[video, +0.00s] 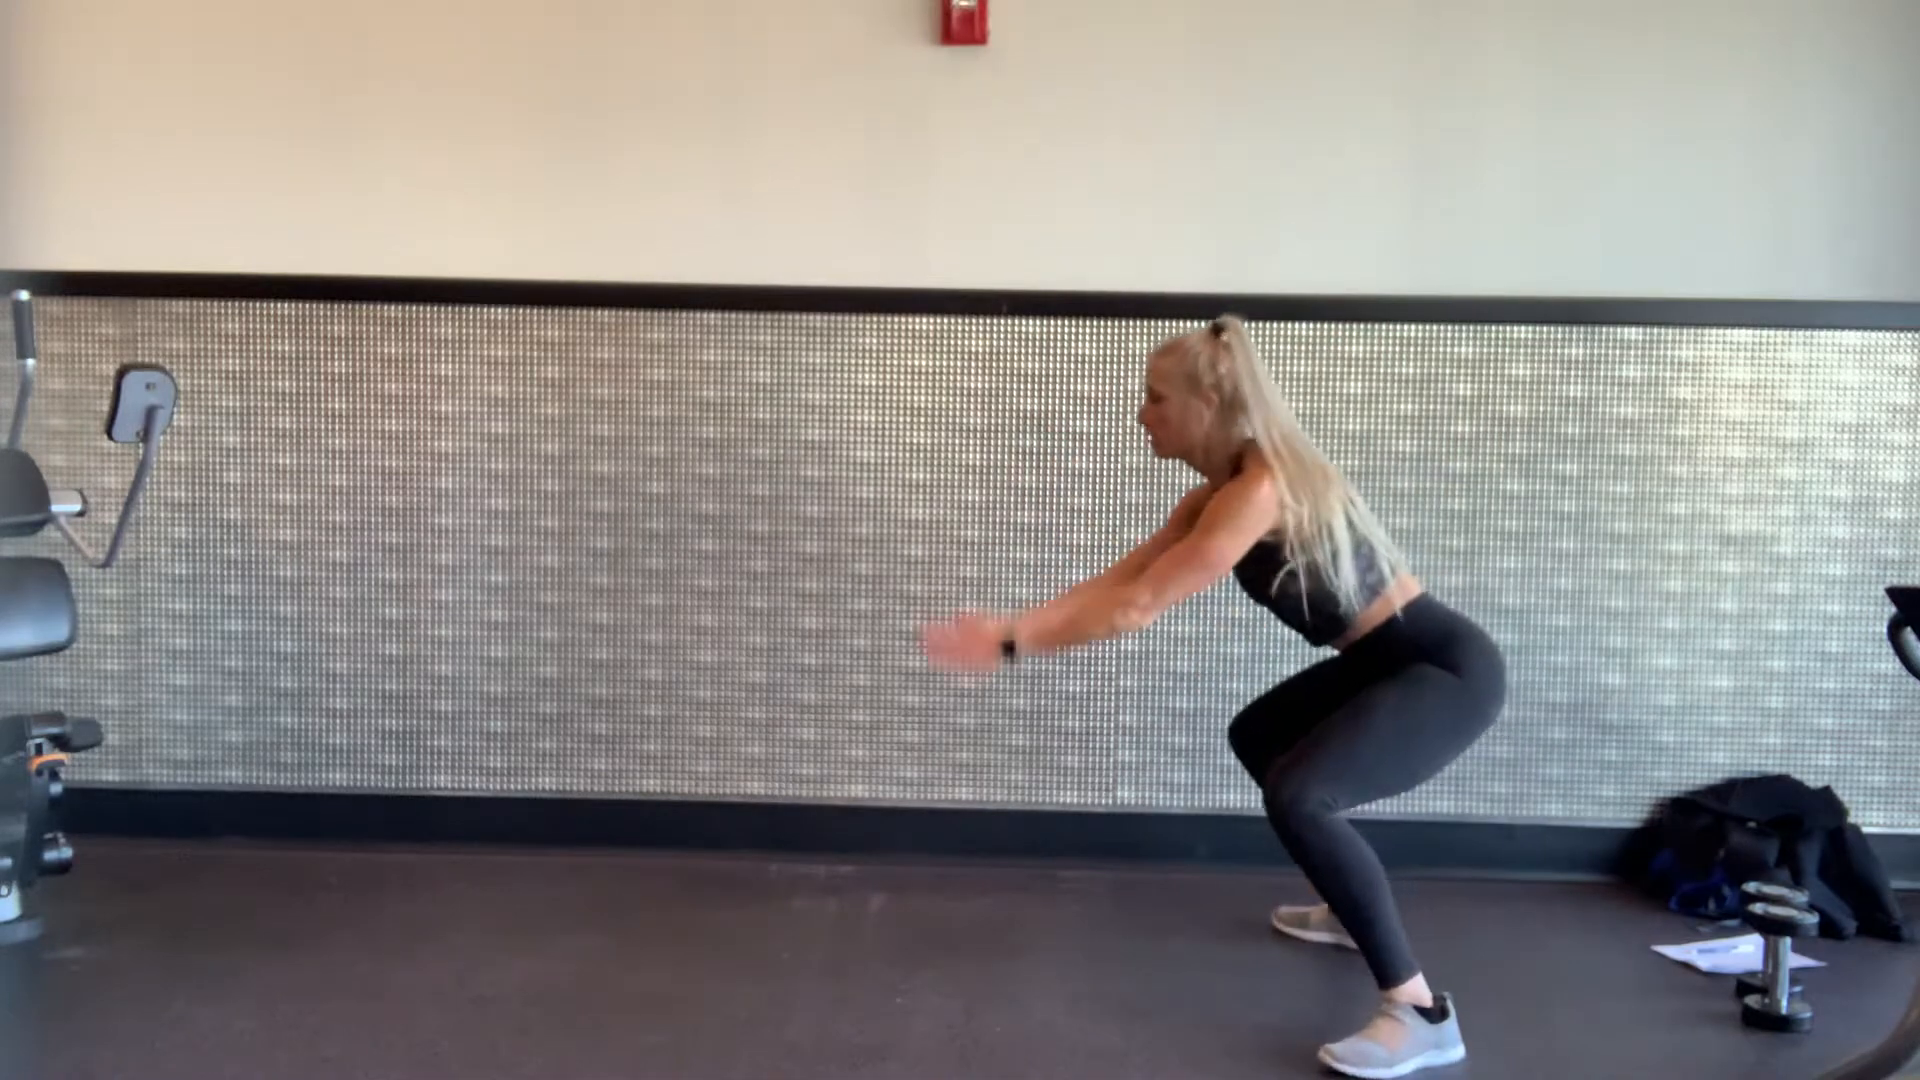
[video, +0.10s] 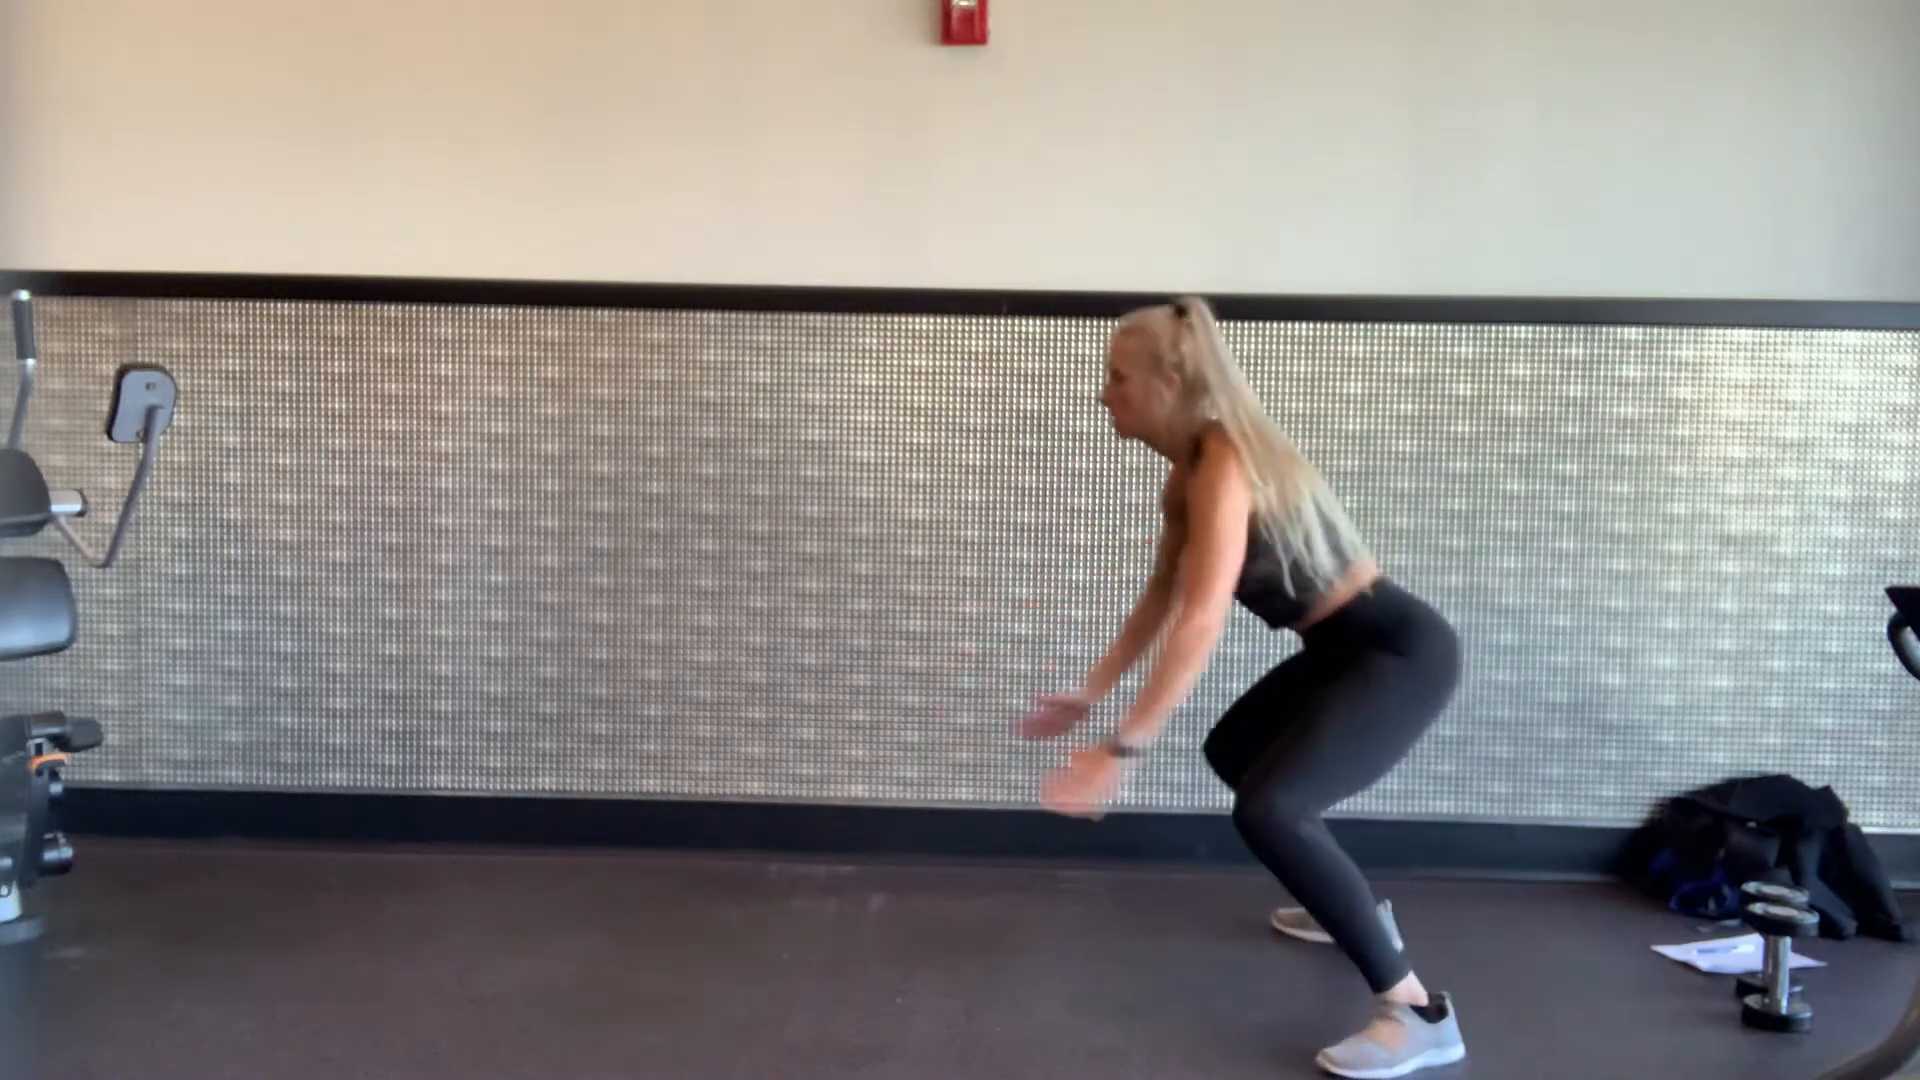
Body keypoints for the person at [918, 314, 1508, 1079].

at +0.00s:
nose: (1143, 418)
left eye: (1154, 400)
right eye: (1144, 401)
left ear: (1208, 404)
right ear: (1207, 408)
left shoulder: (1259, 488)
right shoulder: (1215, 492)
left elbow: (1141, 603)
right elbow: (1120, 583)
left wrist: (1014, 641)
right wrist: (1012, 631)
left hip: (1446, 669)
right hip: (1390, 662)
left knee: (1299, 794)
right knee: (1255, 734)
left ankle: (1419, 1010)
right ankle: (1357, 907)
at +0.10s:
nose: (1104, 397)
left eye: (1115, 380)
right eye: (1106, 380)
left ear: (1166, 383)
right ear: (1165, 384)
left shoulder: (1221, 465)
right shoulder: (1188, 471)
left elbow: (1204, 614)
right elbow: (1161, 596)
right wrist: (1086, 693)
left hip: (1400, 651)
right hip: (1347, 649)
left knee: (1269, 811)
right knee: (1232, 747)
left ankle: (1414, 1008)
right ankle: (1350, 906)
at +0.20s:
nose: (1058, 323)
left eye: (1072, 307)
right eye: (1061, 306)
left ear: (1118, 319)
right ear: (1121, 320)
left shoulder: (1172, 403)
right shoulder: (1147, 401)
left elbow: (1283, 500)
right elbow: (1245, 502)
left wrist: (1317, 640)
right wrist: (1249, 605)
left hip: (1321, 607)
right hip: (1282, 603)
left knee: (1248, 817)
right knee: (1213, 756)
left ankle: (1411, 1005)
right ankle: (1347, 902)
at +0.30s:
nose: (1020, 221)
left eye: (1032, 204)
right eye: (1020, 204)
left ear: (1080, 203)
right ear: (1080, 207)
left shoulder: (1123, 278)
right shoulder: (1103, 284)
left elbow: (1263, 294)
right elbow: (1237, 322)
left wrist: (1331, 417)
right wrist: (1283, 424)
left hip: (1199, 538)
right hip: (1173, 539)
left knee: (1203, 772)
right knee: (1192, 747)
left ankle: (1376, 964)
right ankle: (1323, 866)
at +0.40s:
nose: (960, 162)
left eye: (974, 146)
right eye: (963, 145)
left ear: (1022, 149)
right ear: (1019, 149)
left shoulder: (1056, 223)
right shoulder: (1049, 226)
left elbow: (1184, 269)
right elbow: (1173, 277)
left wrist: (1195, 409)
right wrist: (1185, 409)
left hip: (1126, 477)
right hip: (1107, 479)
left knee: (1082, 705)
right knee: (1088, 692)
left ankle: (1237, 896)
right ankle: (1203, 829)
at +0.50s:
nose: (876, 155)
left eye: (888, 139)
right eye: (877, 139)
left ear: (936, 145)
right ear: (937, 143)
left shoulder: (985, 226)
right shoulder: (962, 227)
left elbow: (1046, 362)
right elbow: (1033, 361)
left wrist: (972, 467)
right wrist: (986, 455)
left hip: (1077, 471)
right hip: (1055, 471)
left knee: (994, 679)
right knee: (992, 670)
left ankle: (1026, 918)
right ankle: (1011, 845)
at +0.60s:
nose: (802, 211)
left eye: (811, 197)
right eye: (805, 195)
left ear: (851, 200)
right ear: (871, 194)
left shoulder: (894, 287)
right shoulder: (917, 273)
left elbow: (865, 442)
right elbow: (881, 429)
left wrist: (760, 472)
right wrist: (783, 465)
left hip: (1017, 519)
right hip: (1017, 511)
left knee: (905, 712)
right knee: (908, 698)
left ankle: (825, 945)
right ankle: (848, 850)